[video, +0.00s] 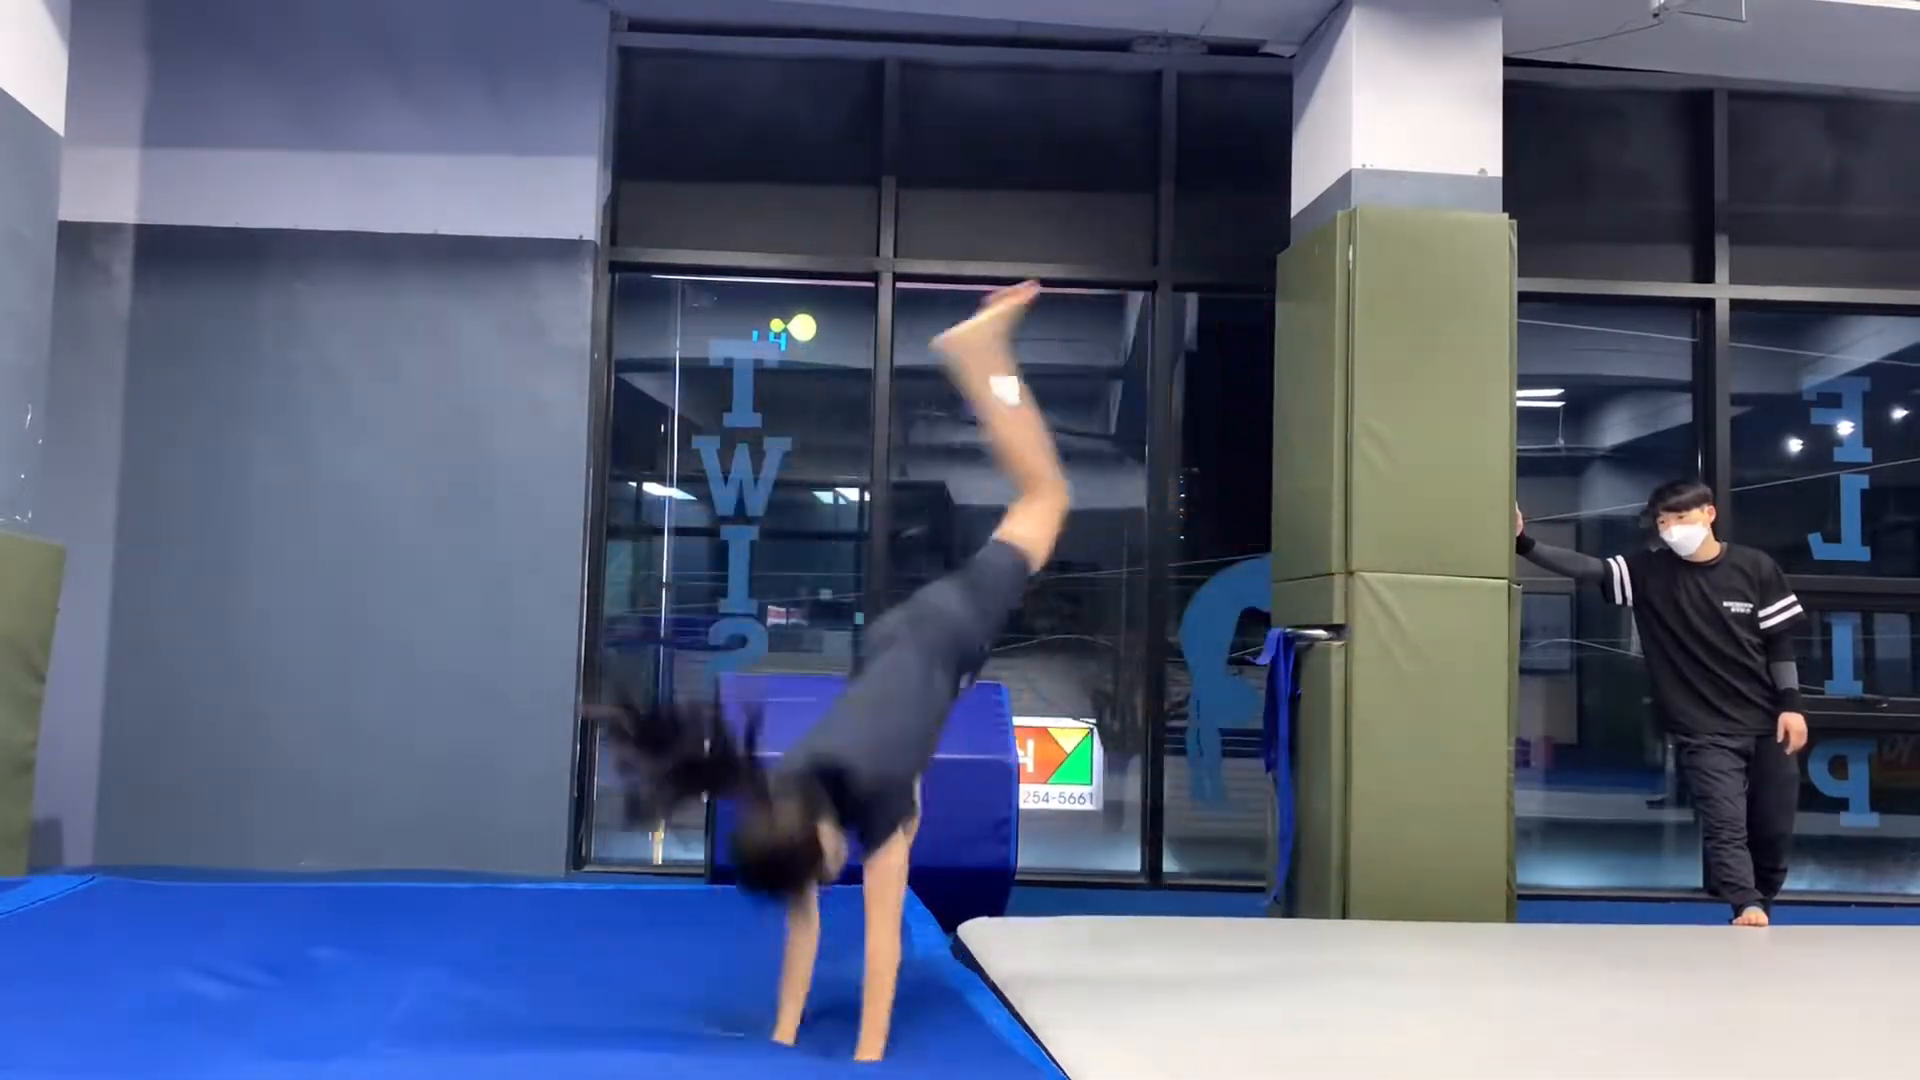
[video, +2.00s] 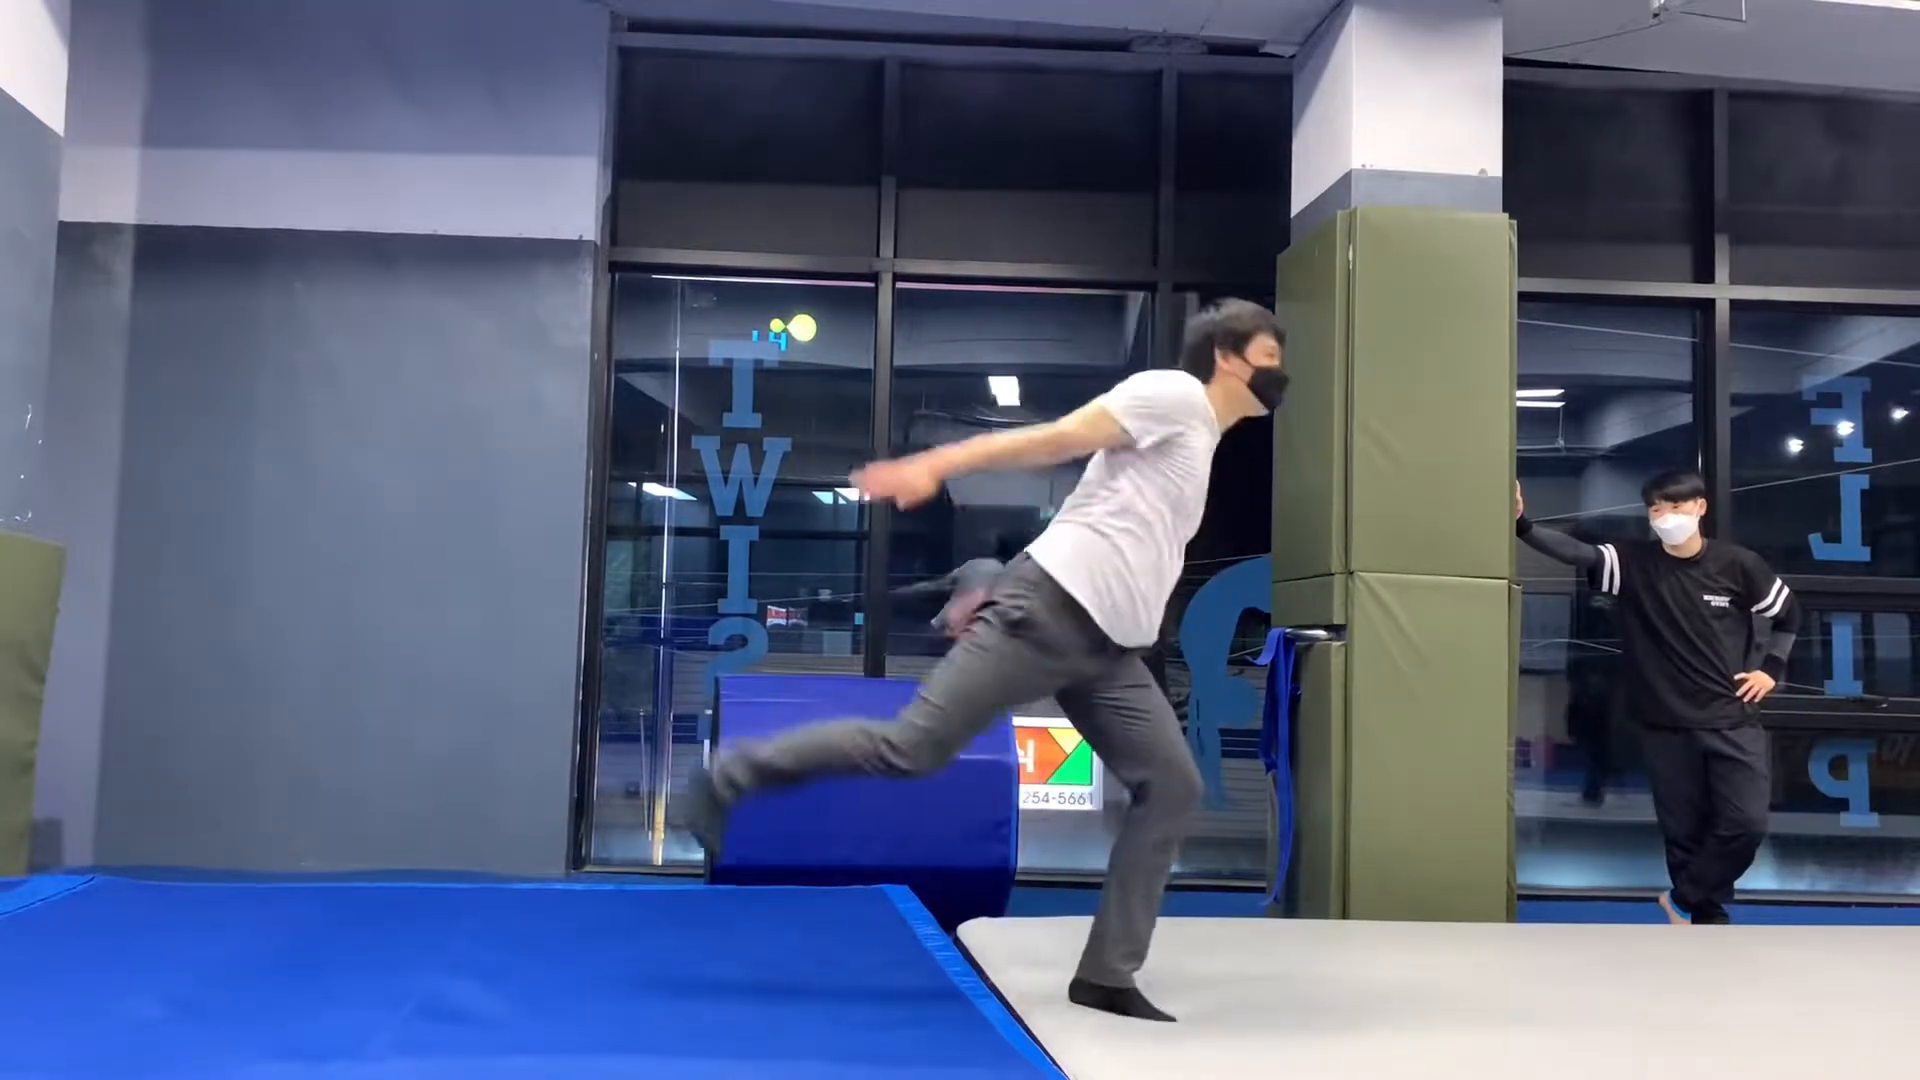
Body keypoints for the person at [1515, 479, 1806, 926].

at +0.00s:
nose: (1669, 526)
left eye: (1680, 515)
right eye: (1663, 518)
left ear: (1709, 514)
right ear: (1656, 524)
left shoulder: (1755, 568)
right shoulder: (1649, 570)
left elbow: (1780, 644)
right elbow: (1587, 568)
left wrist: (1791, 705)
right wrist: (1525, 543)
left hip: (1766, 724)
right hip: (1703, 728)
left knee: (1776, 829)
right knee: (1725, 818)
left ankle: (1759, 900)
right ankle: (1746, 907)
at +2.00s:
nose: (1664, 512)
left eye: (1675, 503)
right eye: (1656, 505)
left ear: (1700, 508)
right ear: (1648, 513)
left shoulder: (1738, 564)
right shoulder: (1633, 561)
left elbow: (1788, 615)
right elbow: (1578, 552)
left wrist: (1770, 669)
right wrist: (1523, 526)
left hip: (1731, 718)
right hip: (1666, 722)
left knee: (1747, 823)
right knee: (1682, 832)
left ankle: (1684, 899)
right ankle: (1714, 928)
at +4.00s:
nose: (1661, 512)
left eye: (1674, 503)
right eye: (1656, 503)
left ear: (1699, 510)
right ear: (1649, 509)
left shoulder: (1738, 564)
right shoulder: (1633, 562)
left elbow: (1789, 614)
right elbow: (1577, 553)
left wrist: (1770, 669)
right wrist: (1524, 527)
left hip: (1732, 719)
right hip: (1668, 723)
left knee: (1748, 825)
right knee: (1683, 834)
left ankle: (1684, 899)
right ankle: (1716, 932)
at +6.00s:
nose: (1650, 525)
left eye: (1663, 516)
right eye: (1646, 515)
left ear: (1691, 518)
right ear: (1640, 517)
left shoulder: (1726, 569)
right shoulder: (1627, 559)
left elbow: (1768, 619)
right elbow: (1578, 545)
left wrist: (1755, 669)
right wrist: (1531, 517)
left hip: (1722, 720)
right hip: (1659, 724)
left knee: (1741, 824)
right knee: (1675, 833)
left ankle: (1676, 900)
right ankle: (1709, 924)